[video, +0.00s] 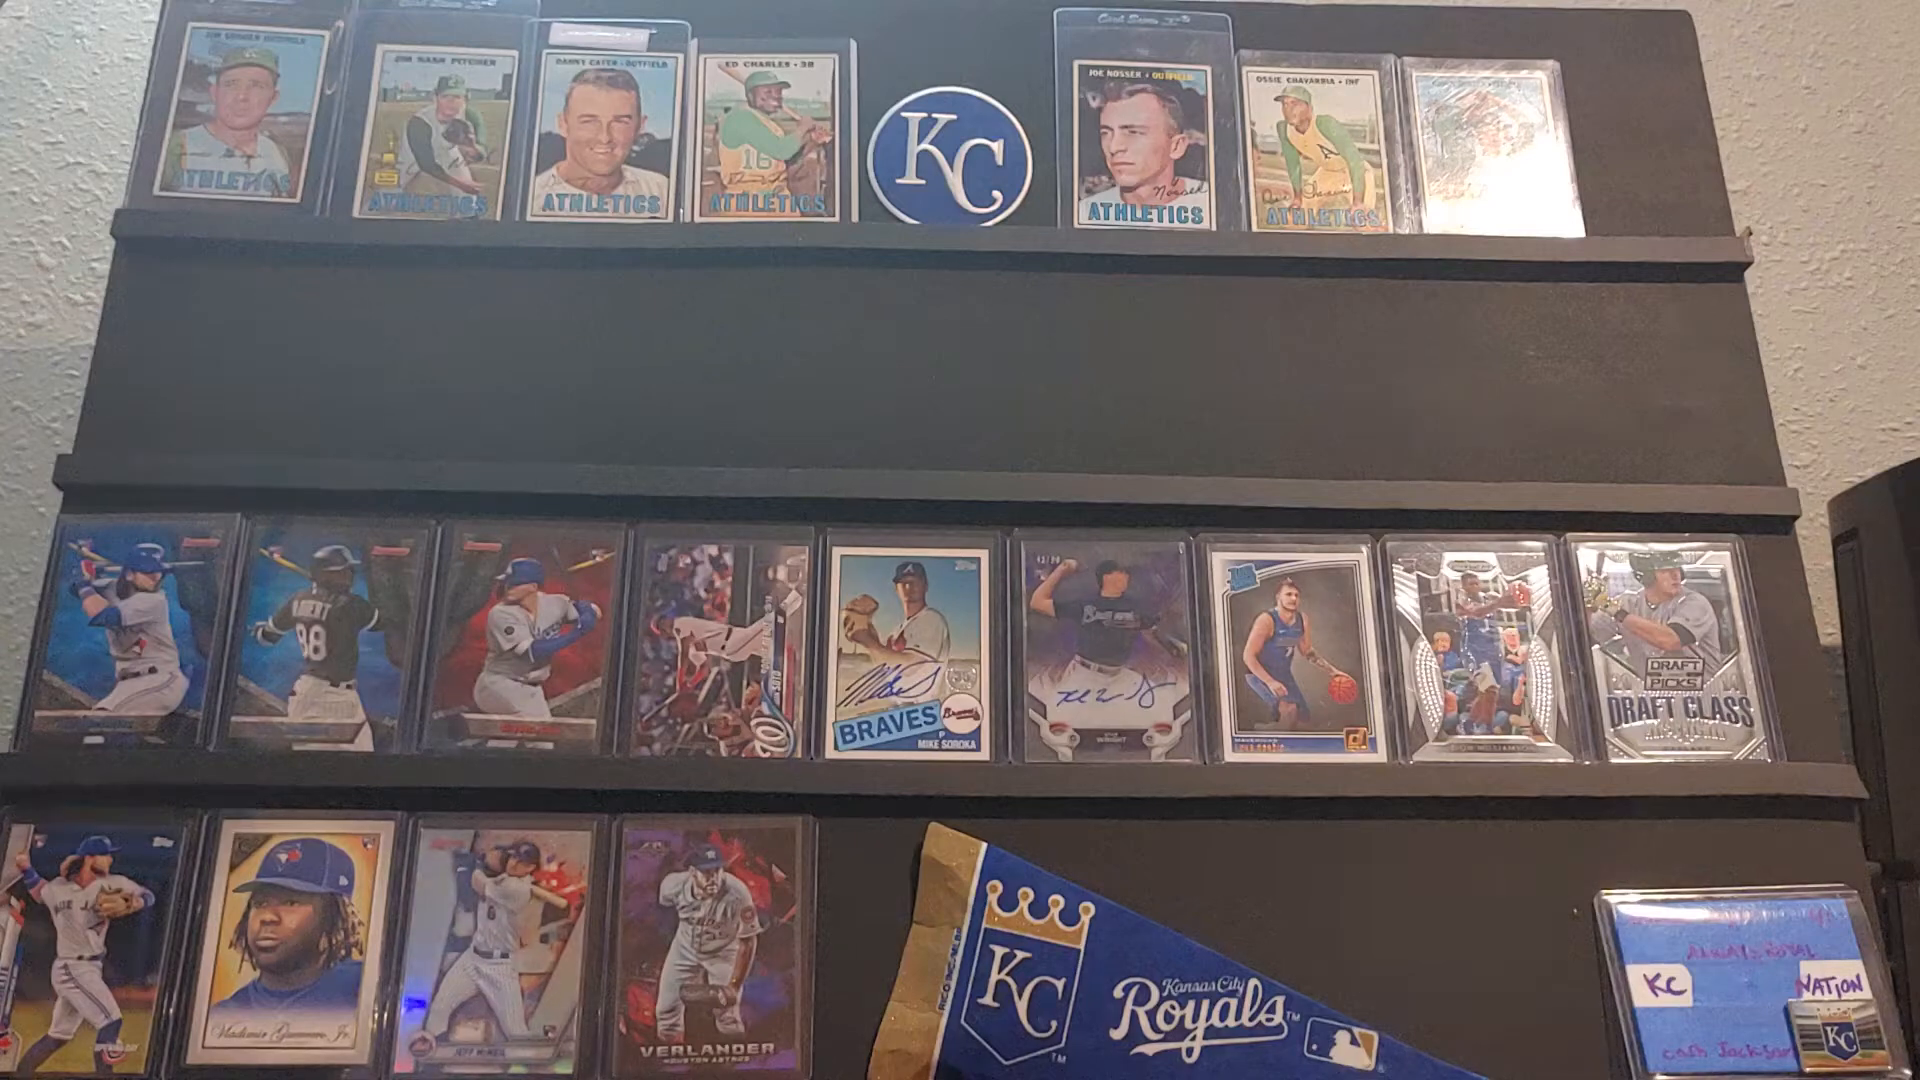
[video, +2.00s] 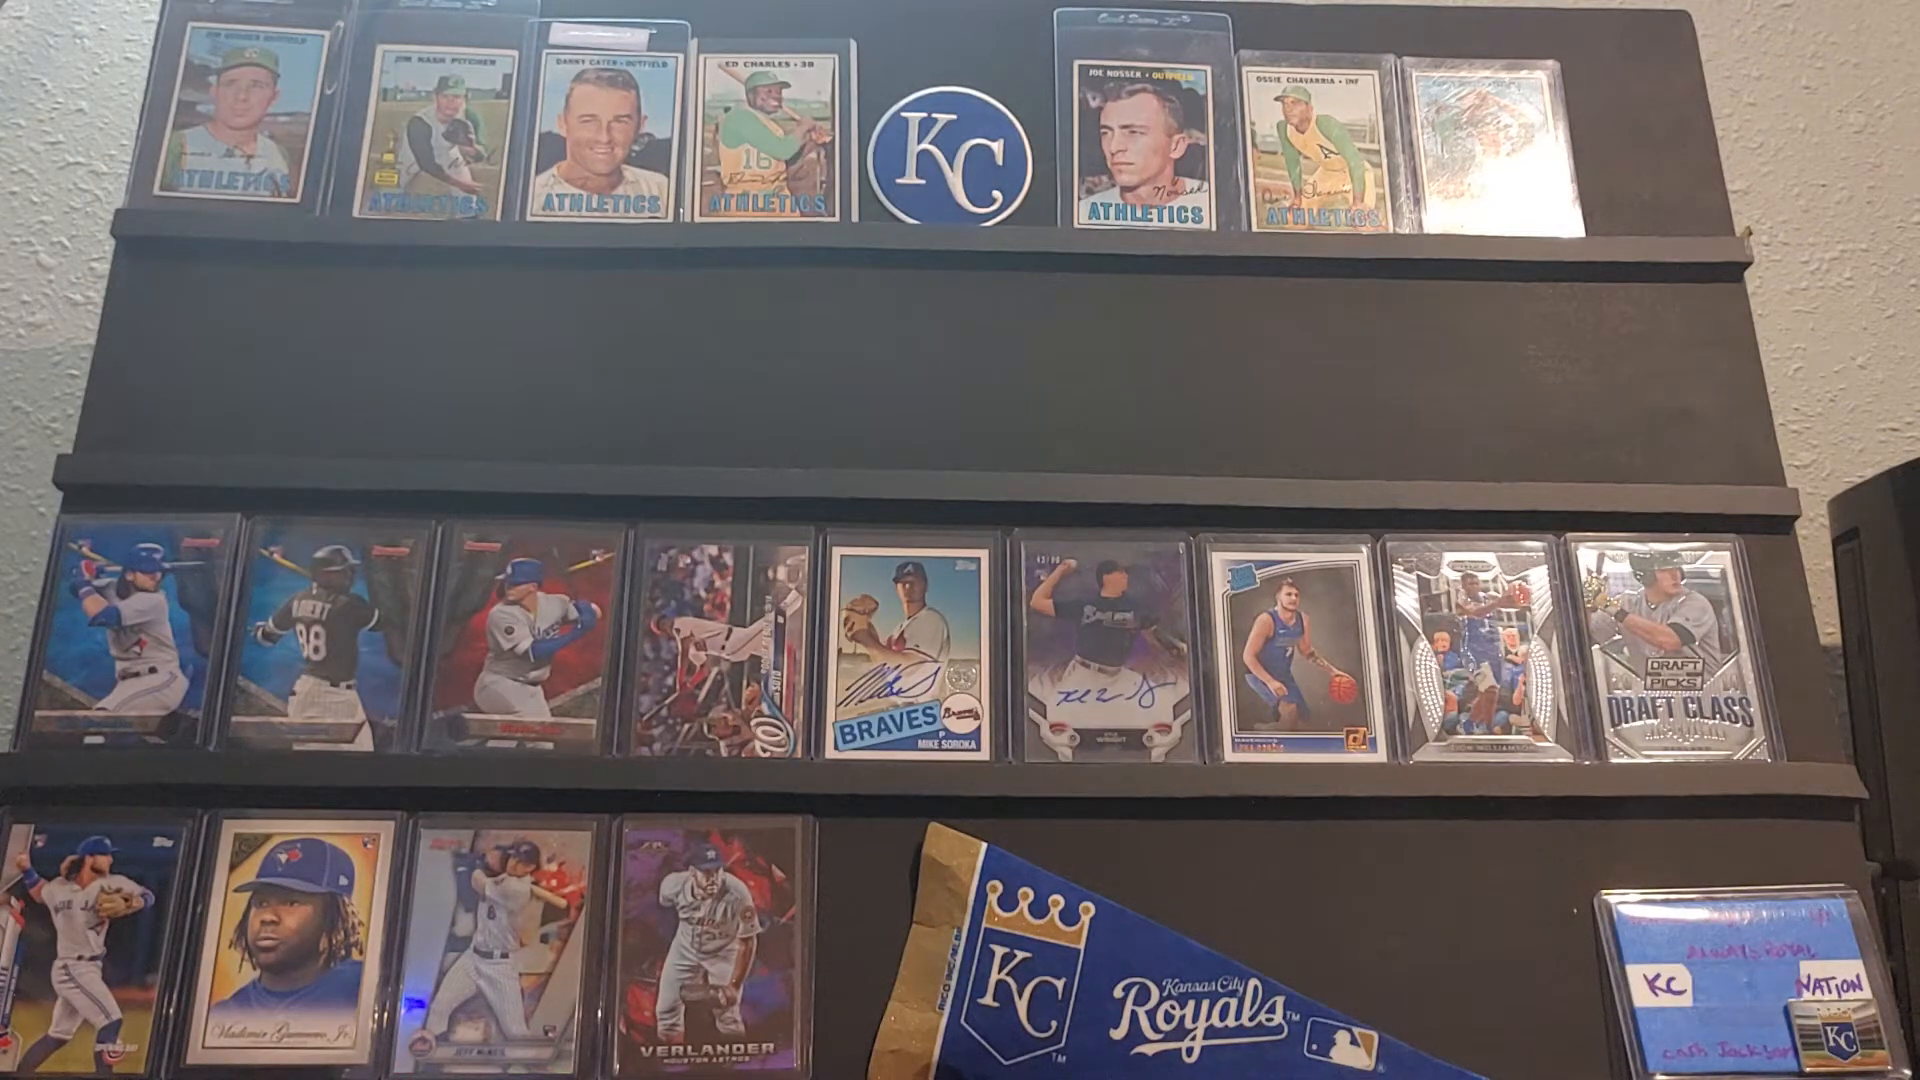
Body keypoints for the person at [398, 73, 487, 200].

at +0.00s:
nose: (451, 102)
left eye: (457, 97)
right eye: (446, 97)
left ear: (464, 100)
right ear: (437, 98)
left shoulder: (470, 116)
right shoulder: (419, 122)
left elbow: (480, 153)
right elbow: (427, 166)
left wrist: (470, 150)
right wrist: (462, 185)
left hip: (454, 165)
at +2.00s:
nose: (451, 102)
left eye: (457, 97)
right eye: (445, 96)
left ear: (464, 100)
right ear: (436, 97)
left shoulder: (467, 117)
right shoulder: (419, 123)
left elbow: (481, 154)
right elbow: (428, 166)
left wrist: (469, 150)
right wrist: (462, 185)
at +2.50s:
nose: (451, 101)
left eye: (456, 97)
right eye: (445, 96)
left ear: (464, 100)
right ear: (435, 98)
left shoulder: (469, 116)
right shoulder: (419, 123)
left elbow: (481, 152)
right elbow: (427, 165)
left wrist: (471, 151)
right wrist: (461, 185)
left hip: (454, 164)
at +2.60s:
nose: (451, 101)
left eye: (456, 97)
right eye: (445, 96)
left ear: (464, 100)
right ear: (436, 98)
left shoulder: (470, 117)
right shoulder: (419, 123)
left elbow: (480, 153)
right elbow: (427, 166)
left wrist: (469, 149)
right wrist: (462, 185)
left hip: (455, 166)